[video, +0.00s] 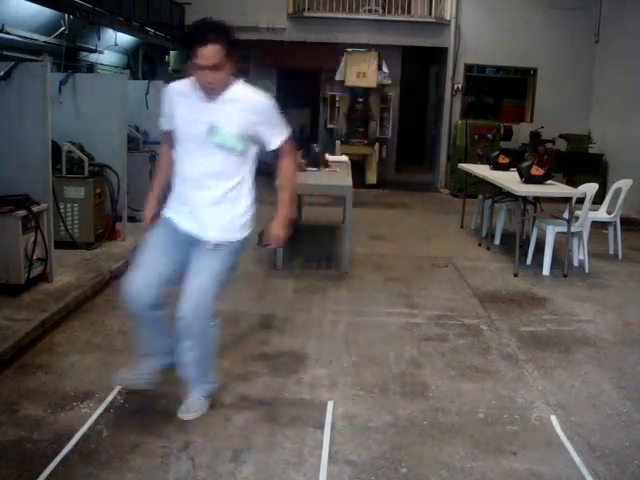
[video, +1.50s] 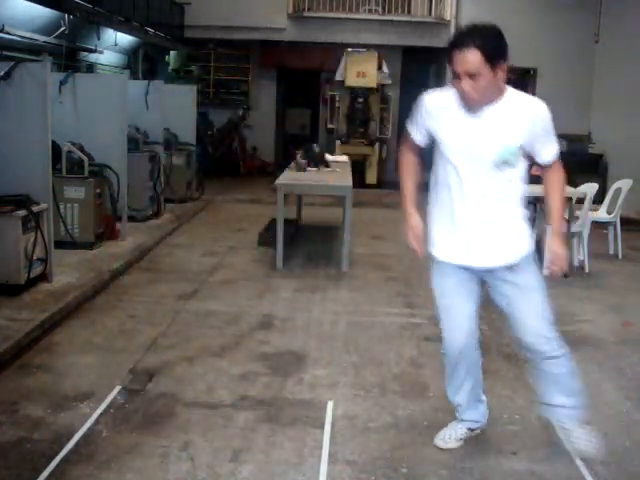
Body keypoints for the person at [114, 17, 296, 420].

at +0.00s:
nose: (205, 76)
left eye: (214, 68)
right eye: (199, 67)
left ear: (233, 65)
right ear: (190, 64)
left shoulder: (257, 105)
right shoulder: (176, 94)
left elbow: (287, 153)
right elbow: (169, 148)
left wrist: (283, 217)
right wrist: (153, 201)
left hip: (223, 231)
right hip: (177, 220)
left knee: (193, 311)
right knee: (138, 291)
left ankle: (200, 387)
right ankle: (158, 356)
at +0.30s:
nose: (175, 133)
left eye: (182, 124)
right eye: (166, 125)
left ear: (192, 116)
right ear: (148, 120)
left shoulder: (213, 158)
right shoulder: (126, 147)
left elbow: (222, 218)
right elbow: (111, 195)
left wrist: (213, 278)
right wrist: (95, 246)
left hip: (182, 264)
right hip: (126, 257)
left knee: (179, 335)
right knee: (89, 325)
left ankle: (171, 400)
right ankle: (62, 386)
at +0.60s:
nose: (277, 89)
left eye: (284, 80)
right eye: (269, 80)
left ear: (291, 73)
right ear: (244, 72)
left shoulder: (305, 113)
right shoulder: (212, 103)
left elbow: (311, 172)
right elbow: (183, 155)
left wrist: (310, 235)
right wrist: (169, 216)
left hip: (278, 240)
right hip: (219, 236)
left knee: (280, 321)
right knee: (205, 321)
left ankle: (274, 387)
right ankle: (200, 400)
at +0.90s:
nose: (402, 77)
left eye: (408, 67)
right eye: (391, 69)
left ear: (417, 63)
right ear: (368, 65)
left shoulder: (436, 104)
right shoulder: (341, 108)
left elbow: (450, 167)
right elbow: (314, 170)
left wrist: (454, 232)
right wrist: (294, 234)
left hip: (423, 243)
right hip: (360, 243)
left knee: (425, 334)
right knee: (338, 327)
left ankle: (401, 412)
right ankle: (306, 404)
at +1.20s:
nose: (495, 130)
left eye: (504, 120)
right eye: (487, 120)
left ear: (523, 115)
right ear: (476, 116)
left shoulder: (550, 143)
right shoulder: (453, 150)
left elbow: (568, 191)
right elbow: (425, 192)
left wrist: (578, 247)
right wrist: (416, 256)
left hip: (543, 280)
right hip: (481, 282)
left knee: (584, 360)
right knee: (474, 367)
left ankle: (613, 432)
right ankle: (484, 421)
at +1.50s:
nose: (463, 86)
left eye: (472, 76)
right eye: (457, 76)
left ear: (501, 70)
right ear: (449, 70)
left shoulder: (531, 113)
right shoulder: (434, 105)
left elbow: (552, 168)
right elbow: (409, 149)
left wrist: (556, 235)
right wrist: (411, 211)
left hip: (510, 252)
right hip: (449, 251)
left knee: (540, 339)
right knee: (457, 341)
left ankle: (568, 418)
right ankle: (469, 417)